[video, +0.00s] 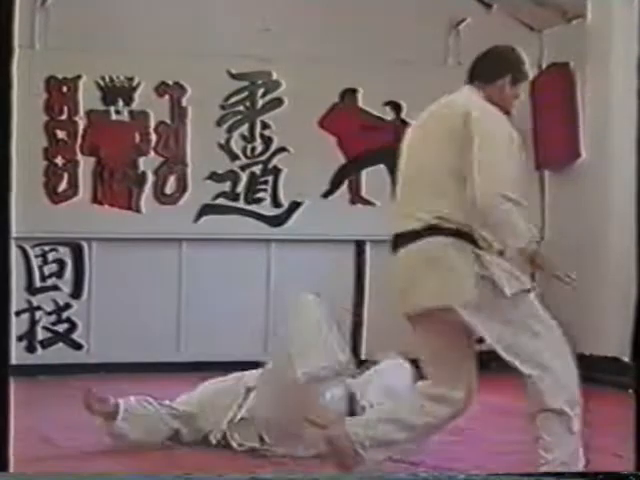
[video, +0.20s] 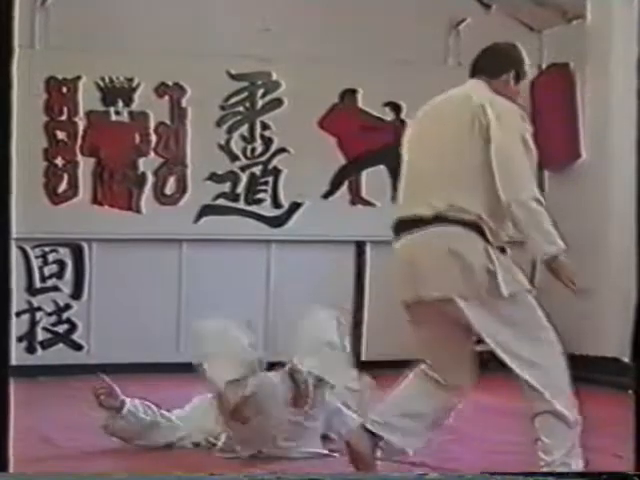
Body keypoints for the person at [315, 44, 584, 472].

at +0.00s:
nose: (517, 104)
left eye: (520, 94)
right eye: (518, 92)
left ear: (474, 80)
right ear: (504, 83)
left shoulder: (428, 118)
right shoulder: (486, 116)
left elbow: (427, 204)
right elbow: (492, 197)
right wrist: (526, 249)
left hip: (411, 263)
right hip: (457, 259)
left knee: (450, 391)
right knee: (550, 358)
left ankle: (351, 438)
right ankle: (561, 463)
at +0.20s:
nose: (523, 97)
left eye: (524, 89)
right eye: (523, 87)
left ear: (475, 77)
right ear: (508, 79)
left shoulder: (427, 113)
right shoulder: (499, 108)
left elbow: (426, 188)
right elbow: (517, 192)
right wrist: (552, 253)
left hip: (406, 248)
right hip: (459, 245)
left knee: (450, 372)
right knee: (540, 351)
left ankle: (372, 433)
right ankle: (561, 461)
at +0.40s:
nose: (468, 92)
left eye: (468, 86)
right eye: (469, 86)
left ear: (424, 73)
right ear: (459, 80)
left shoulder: (375, 109)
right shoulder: (455, 100)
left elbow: (359, 180)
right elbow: (459, 164)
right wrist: (466, 233)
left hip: (368, 239)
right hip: (420, 236)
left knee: (386, 364)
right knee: (487, 353)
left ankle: (353, 455)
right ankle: (545, 460)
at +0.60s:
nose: (421, 94)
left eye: (420, 88)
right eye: (421, 87)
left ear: (377, 73)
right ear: (414, 81)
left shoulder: (331, 105)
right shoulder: (412, 96)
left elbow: (306, 194)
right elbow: (416, 170)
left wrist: (300, 275)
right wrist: (425, 247)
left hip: (317, 232)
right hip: (371, 228)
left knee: (359, 355)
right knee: (436, 337)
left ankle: (348, 456)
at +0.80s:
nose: (379, 77)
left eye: (377, 71)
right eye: (377, 70)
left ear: (332, 59)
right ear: (367, 63)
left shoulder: (288, 95)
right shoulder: (366, 80)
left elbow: (259, 181)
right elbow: (387, 154)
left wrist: (242, 257)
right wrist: (423, 227)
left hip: (281, 220)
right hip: (326, 216)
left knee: (330, 350)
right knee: (336, 353)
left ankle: (344, 455)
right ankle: (249, 437)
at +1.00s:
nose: (334, 71)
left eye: (335, 66)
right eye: (335, 65)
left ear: (293, 47)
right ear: (326, 55)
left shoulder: (244, 81)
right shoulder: (321, 78)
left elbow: (209, 165)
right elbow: (338, 156)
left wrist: (204, 248)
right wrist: (374, 224)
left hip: (222, 209)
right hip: (265, 210)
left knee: (288, 337)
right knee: (268, 344)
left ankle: (307, 451)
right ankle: (218, 459)